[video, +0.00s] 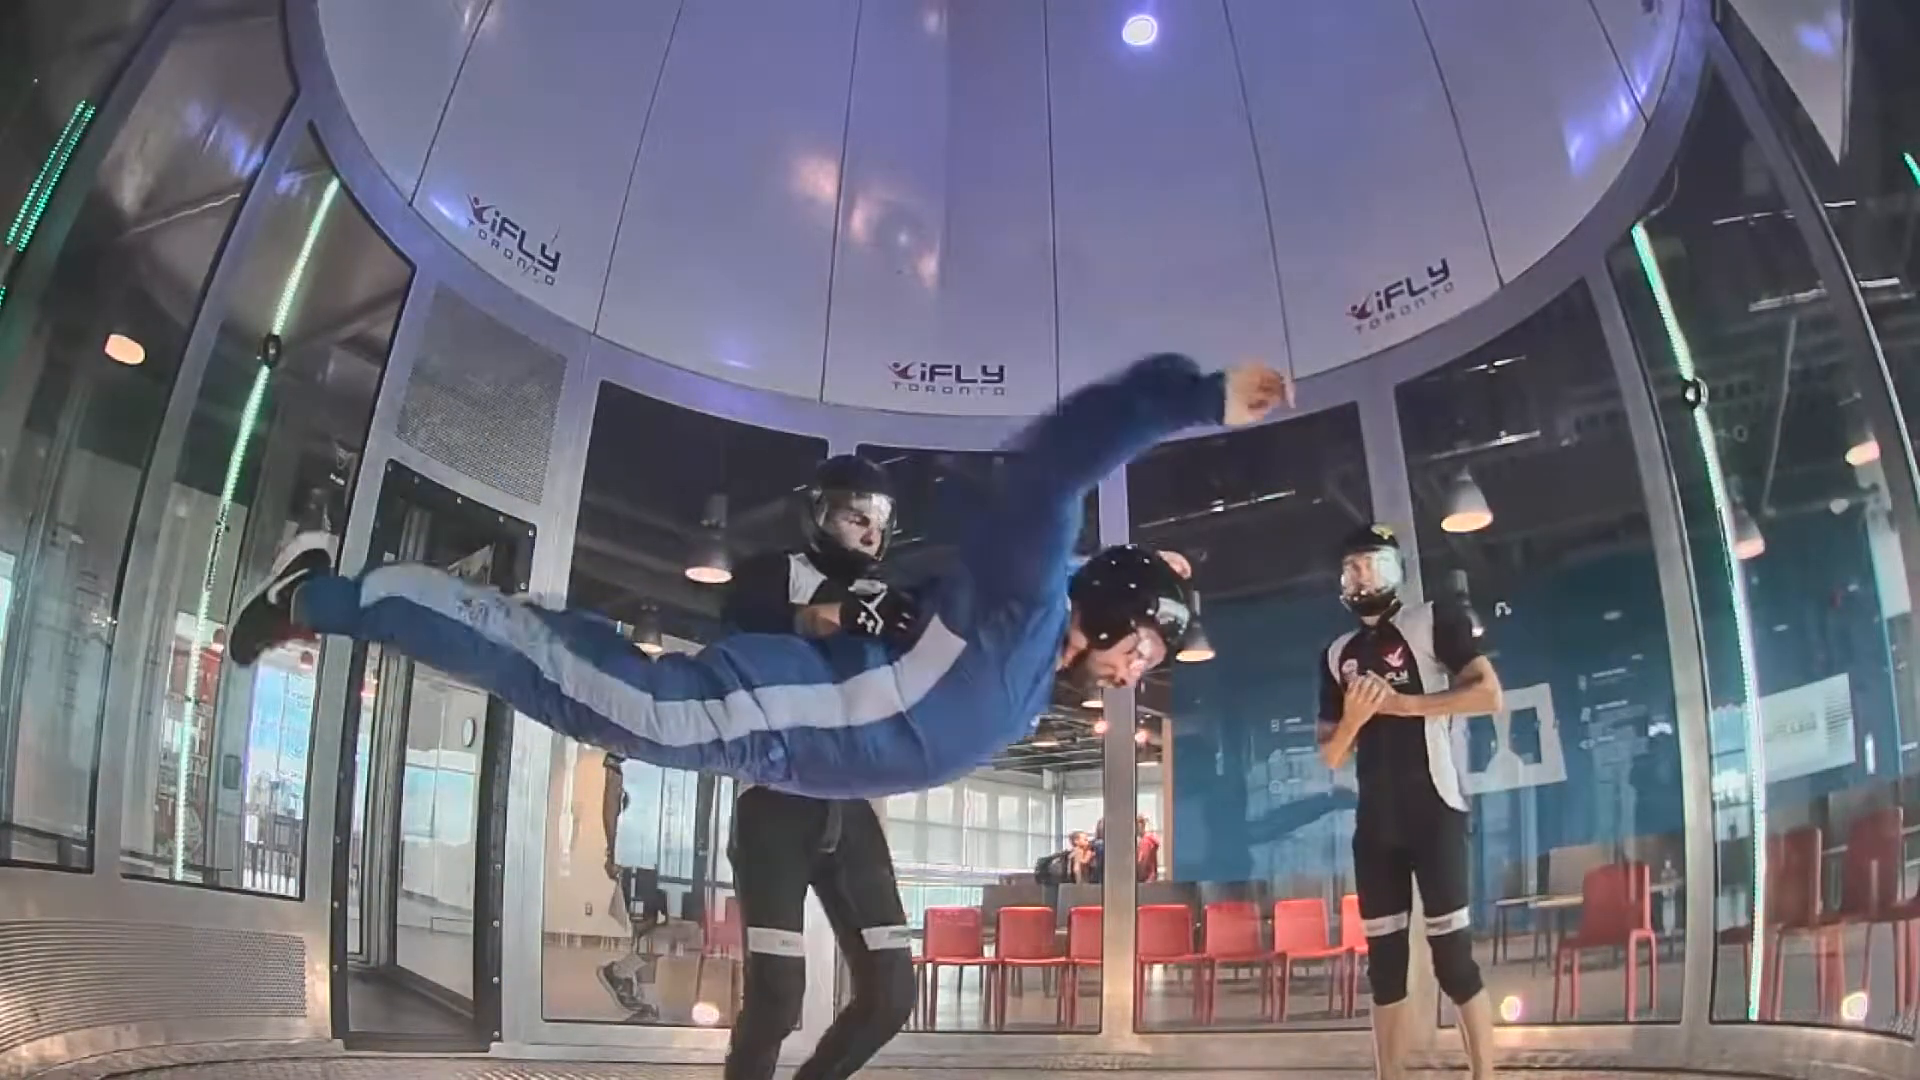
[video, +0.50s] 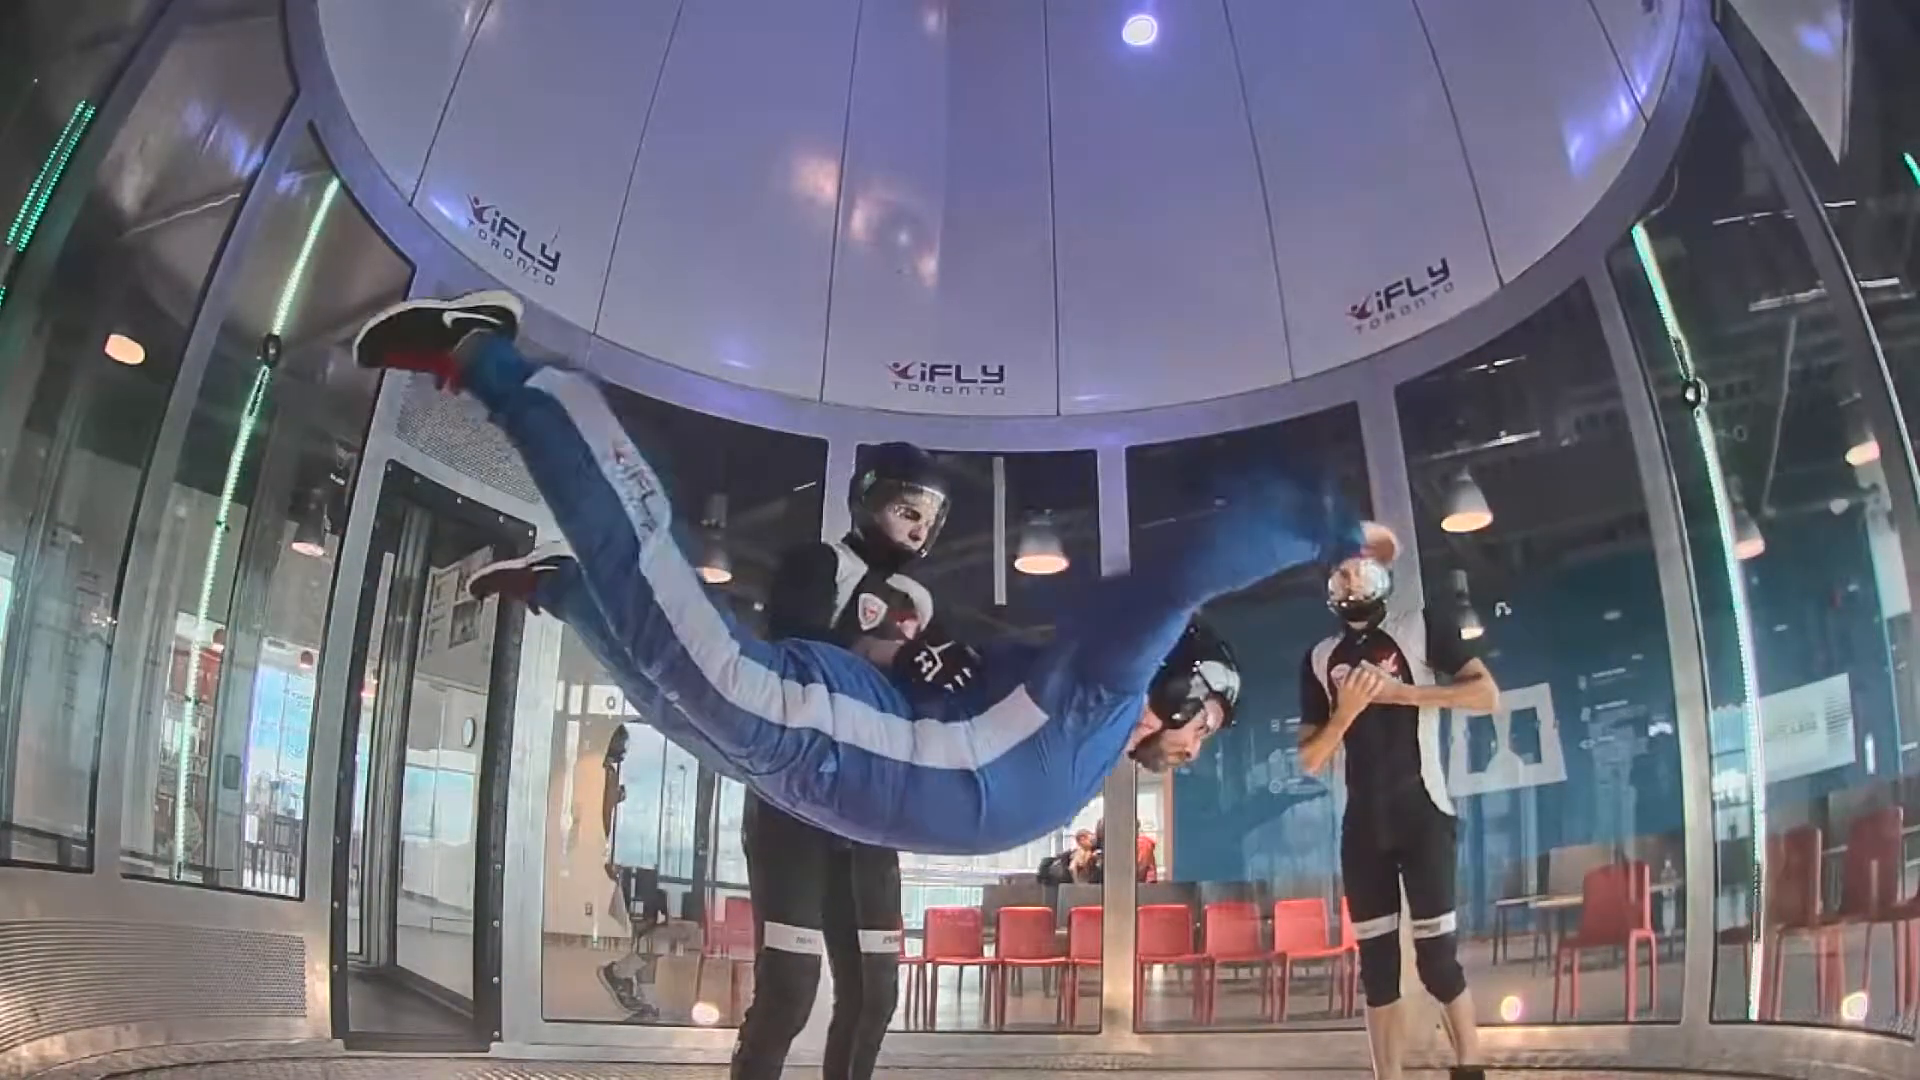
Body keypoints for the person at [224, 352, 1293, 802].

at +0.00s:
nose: (1129, 670)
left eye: (1141, 662)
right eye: (1135, 649)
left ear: (1113, 645)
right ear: (1106, 613)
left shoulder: (1021, 680)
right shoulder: (1023, 594)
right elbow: (1054, 463)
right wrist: (1201, 395)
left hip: (794, 712)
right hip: (779, 693)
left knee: (620, 677)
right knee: (597, 694)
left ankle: (419, 602)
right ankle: (340, 601)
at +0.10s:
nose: (1152, 687)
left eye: (1165, 676)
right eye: (1157, 665)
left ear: (1133, 662)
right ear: (1124, 638)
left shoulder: (1040, 698)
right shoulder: (1042, 635)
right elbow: (1102, 495)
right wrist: (1259, 429)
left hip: (776, 740)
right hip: (757, 706)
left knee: (601, 660)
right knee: (580, 656)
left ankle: (428, 520)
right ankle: (369, 523)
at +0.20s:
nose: (1155, 694)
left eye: (1169, 687)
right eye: (1162, 674)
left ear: (1142, 681)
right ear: (1134, 648)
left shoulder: (1040, 712)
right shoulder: (1050, 655)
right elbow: (1121, 509)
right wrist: (1274, 448)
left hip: (778, 731)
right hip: (774, 711)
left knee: (603, 636)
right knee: (615, 654)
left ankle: (406, 475)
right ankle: (387, 472)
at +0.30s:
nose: (1165, 726)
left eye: (1176, 717)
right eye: (1173, 704)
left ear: (1150, 704)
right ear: (1146, 677)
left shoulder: (1046, 740)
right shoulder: (1059, 675)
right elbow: (1138, 532)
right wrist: (1294, 472)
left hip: (761, 728)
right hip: (771, 702)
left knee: (600, 618)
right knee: (616, 590)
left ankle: (440, 418)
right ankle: (434, 394)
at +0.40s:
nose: (1170, 739)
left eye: (1183, 726)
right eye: (1180, 715)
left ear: (1147, 705)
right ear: (1152, 687)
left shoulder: (1054, 747)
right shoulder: (1064, 678)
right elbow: (1157, 540)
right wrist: (1314, 483)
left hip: (767, 734)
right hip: (770, 699)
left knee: (624, 636)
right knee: (618, 556)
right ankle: (455, 375)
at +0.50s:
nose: (1191, 738)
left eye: (1205, 730)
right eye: (1199, 716)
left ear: (1169, 722)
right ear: (1174, 694)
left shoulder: (1068, 779)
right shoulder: (1096, 690)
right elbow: (1185, 566)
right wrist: (1329, 536)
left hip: (781, 751)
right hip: (801, 701)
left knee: (639, 647)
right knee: (659, 598)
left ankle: (554, 571)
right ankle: (488, 357)